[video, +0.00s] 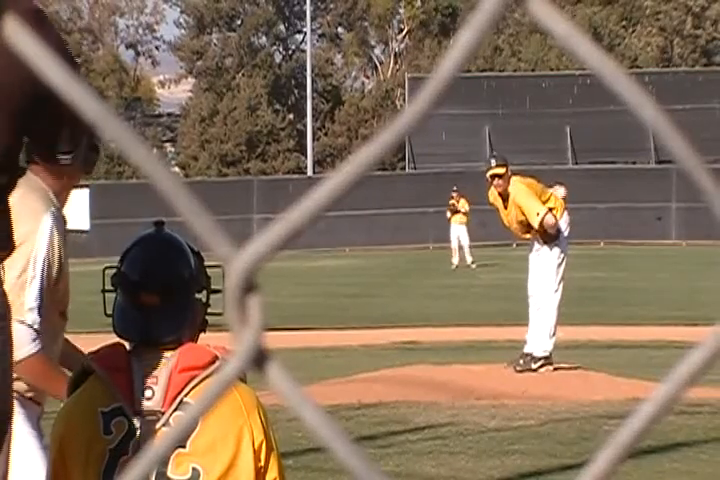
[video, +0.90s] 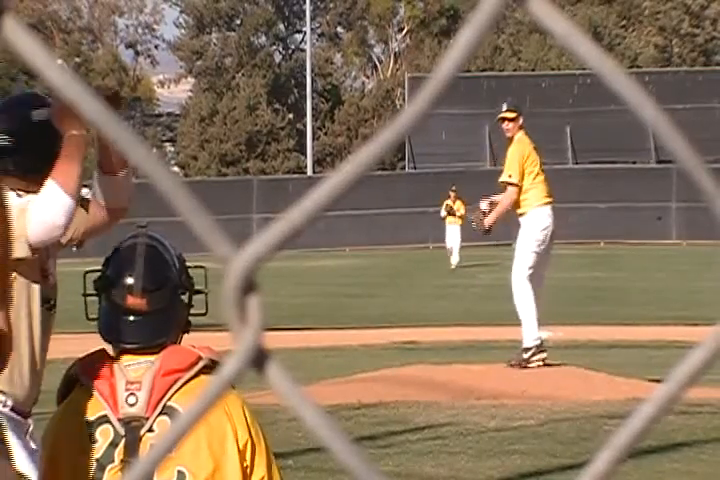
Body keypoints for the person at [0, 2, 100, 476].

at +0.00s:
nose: (95, 153)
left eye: (93, 140)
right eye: (91, 141)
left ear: (36, 143)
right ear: (75, 150)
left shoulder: (21, 200)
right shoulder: (40, 219)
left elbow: (42, 327)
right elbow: (23, 351)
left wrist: (89, 371)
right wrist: (85, 396)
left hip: (16, 406)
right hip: (16, 413)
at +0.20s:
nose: (58, 200)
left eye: (60, 185)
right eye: (49, 185)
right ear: (7, 188)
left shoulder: (48, 234)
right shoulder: (8, 250)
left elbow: (72, 305)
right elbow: (15, 335)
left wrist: (110, 328)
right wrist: (94, 342)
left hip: (26, 402)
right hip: (7, 401)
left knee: (33, 467)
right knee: (28, 468)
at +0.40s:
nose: (69, 149)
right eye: (63, 139)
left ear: (16, 136)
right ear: (55, 139)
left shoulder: (59, 206)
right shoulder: (6, 202)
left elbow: (111, 251)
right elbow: (26, 285)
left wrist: (131, 231)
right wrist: (103, 224)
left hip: (26, 395)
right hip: (5, 394)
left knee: (39, 469)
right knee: (30, 470)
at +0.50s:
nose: (66, 151)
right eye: (62, 141)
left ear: (10, 139)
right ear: (48, 142)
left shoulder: (41, 204)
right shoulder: (3, 198)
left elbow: (121, 224)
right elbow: (22, 248)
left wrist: (123, 173)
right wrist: (88, 170)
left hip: (28, 399)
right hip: (5, 397)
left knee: (36, 470)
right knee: (27, 470)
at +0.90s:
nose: (68, 158)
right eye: (57, 143)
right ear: (39, 150)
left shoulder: (34, 207)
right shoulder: (9, 207)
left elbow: (114, 205)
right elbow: (48, 223)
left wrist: (107, 126)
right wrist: (75, 132)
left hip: (19, 412)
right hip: (7, 412)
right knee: (27, 470)